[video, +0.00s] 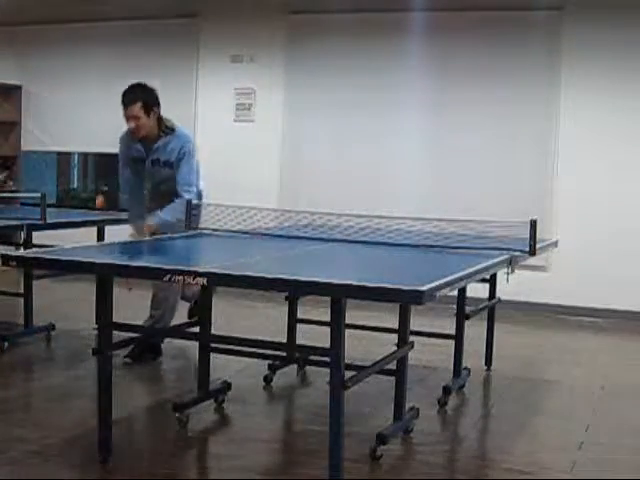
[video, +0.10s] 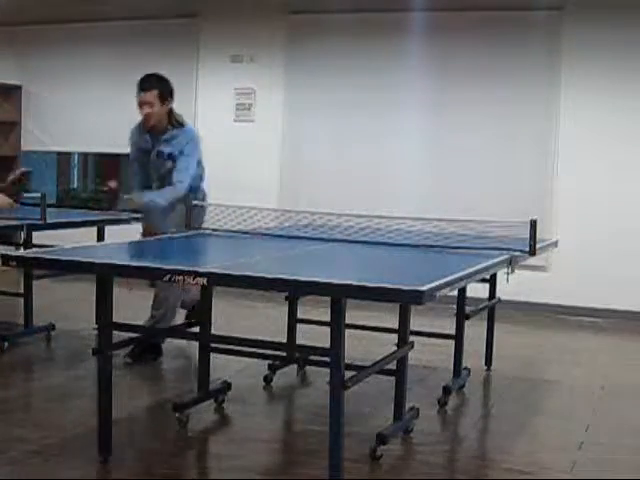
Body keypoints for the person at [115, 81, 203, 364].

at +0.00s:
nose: (131, 126)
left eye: (136, 119)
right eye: (128, 119)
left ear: (154, 113)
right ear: (125, 117)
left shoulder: (181, 143)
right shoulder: (128, 142)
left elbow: (187, 198)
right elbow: (129, 189)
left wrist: (153, 222)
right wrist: (138, 227)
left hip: (183, 215)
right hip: (152, 216)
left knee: (168, 274)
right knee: (153, 268)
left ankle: (152, 337)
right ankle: (196, 291)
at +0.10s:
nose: (144, 112)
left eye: (149, 105)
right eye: (141, 105)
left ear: (167, 104)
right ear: (138, 105)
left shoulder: (187, 137)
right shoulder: (139, 134)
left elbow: (180, 186)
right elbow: (137, 180)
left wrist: (142, 200)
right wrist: (146, 218)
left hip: (185, 211)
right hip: (156, 209)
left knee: (171, 271)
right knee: (150, 264)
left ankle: (153, 336)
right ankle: (195, 297)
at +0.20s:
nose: (162, 102)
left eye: (168, 96)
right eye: (158, 95)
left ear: (183, 98)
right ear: (155, 98)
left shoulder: (197, 135)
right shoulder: (152, 130)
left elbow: (181, 178)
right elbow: (150, 171)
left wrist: (145, 172)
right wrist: (148, 215)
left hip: (189, 207)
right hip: (158, 205)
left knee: (170, 271)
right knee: (161, 268)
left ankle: (153, 337)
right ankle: (194, 312)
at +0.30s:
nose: (179, 100)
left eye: (185, 95)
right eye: (176, 94)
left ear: (200, 97)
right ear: (171, 96)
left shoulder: (210, 134)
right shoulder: (168, 129)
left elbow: (199, 171)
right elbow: (156, 177)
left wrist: (160, 156)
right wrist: (152, 215)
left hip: (199, 203)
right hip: (170, 201)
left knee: (179, 271)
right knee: (174, 269)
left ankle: (152, 339)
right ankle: (197, 321)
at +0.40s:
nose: (196, 97)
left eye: (202, 92)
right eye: (191, 91)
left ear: (213, 94)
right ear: (184, 92)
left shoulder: (223, 130)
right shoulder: (178, 129)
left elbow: (222, 171)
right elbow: (165, 176)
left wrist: (178, 155)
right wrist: (156, 216)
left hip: (210, 205)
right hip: (181, 204)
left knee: (193, 271)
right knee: (187, 271)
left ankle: (159, 333)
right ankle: (201, 328)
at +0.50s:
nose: (208, 90)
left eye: (215, 86)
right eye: (204, 84)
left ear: (223, 90)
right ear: (196, 86)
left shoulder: (234, 125)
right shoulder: (186, 125)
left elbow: (237, 168)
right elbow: (173, 171)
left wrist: (204, 175)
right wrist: (165, 213)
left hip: (221, 202)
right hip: (190, 201)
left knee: (201, 263)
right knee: (193, 263)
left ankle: (176, 326)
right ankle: (200, 325)